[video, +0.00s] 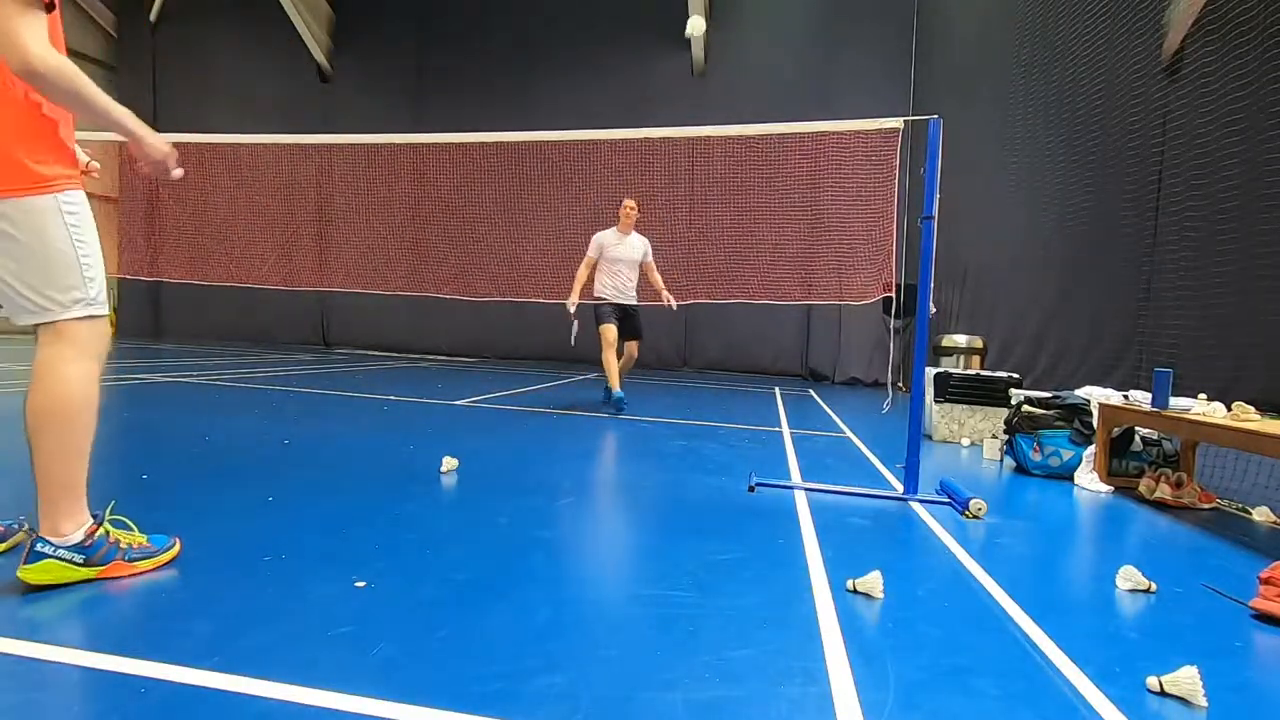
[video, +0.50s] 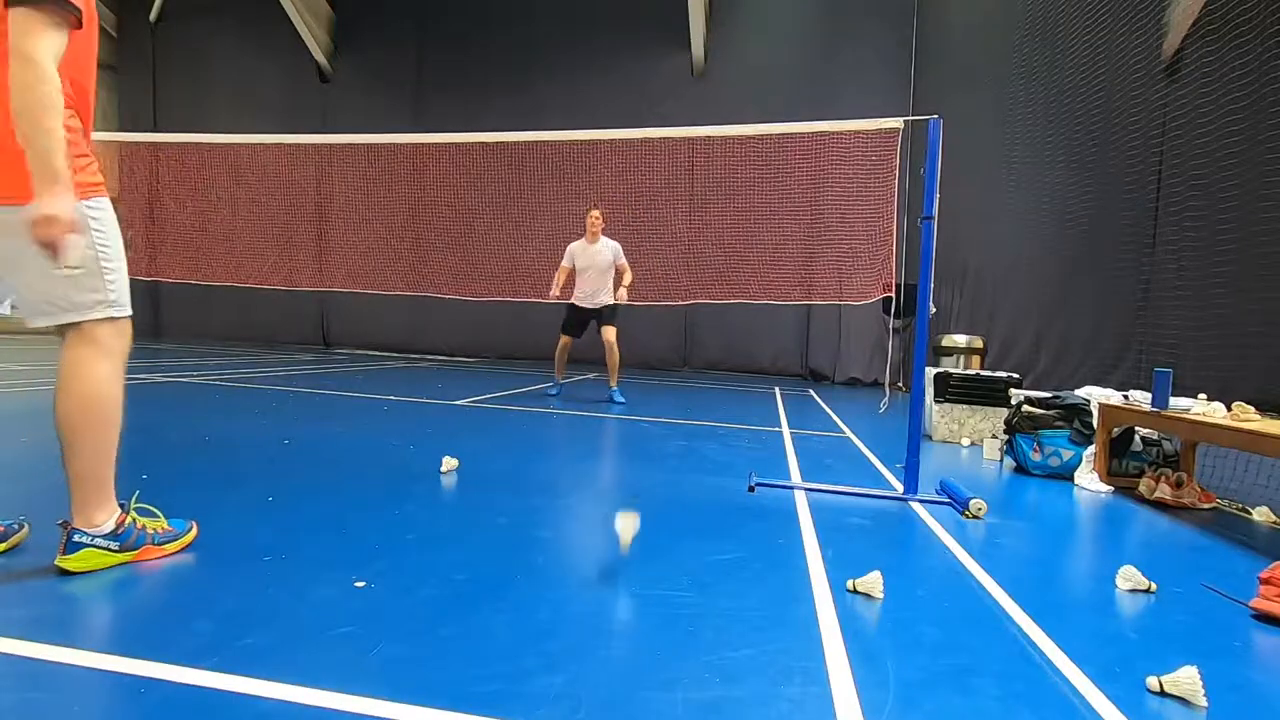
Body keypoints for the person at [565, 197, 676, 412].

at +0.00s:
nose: (629, 212)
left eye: (633, 209)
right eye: (626, 208)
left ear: (638, 215)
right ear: (618, 211)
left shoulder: (643, 243)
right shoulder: (601, 238)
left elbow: (651, 271)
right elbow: (586, 266)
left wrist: (663, 290)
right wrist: (574, 294)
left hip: (630, 303)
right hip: (605, 300)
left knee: (632, 353)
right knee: (610, 339)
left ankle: (611, 382)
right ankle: (616, 392)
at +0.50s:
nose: (593, 221)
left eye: (597, 218)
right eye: (591, 218)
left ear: (603, 223)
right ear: (585, 222)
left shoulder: (613, 247)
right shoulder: (574, 248)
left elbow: (627, 272)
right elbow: (563, 271)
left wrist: (623, 287)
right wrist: (556, 287)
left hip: (606, 303)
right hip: (579, 303)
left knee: (610, 341)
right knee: (564, 342)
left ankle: (613, 388)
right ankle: (557, 382)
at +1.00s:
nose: (630, 224)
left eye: (633, 221)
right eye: (626, 220)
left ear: (637, 227)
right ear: (620, 224)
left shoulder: (642, 252)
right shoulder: (604, 250)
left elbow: (644, 278)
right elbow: (592, 279)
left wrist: (651, 300)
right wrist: (590, 309)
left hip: (633, 307)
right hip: (608, 309)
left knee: (652, 348)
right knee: (598, 352)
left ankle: (643, 388)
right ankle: (584, 377)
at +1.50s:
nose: (676, 232)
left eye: (680, 229)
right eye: (672, 227)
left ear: (683, 235)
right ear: (663, 230)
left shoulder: (674, 261)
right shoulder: (651, 251)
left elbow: (668, 287)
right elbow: (651, 260)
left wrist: (681, 307)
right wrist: (672, 260)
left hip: (658, 316)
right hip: (636, 311)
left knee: (661, 366)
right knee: (656, 341)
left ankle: (638, 386)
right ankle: (658, 403)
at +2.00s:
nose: (669, 226)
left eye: (672, 223)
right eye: (665, 221)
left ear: (675, 229)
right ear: (655, 225)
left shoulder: (672, 256)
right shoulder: (639, 248)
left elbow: (668, 285)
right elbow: (615, 255)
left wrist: (675, 312)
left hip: (658, 312)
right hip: (635, 308)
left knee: (667, 368)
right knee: (651, 342)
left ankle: (642, 383)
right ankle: (657, 403)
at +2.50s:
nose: (621, 204)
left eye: (625, 202)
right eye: (618, 201)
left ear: (630, 208)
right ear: (612, 205)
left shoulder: (640, 233)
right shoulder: (599, 233)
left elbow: (649, 260)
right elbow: (580, 256)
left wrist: (653, 275)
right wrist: (567, 274)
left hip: (629, 295)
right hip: (602, 293)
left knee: (636, 340)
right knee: (585, 339)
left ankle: (633, 390)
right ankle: (573, 380)